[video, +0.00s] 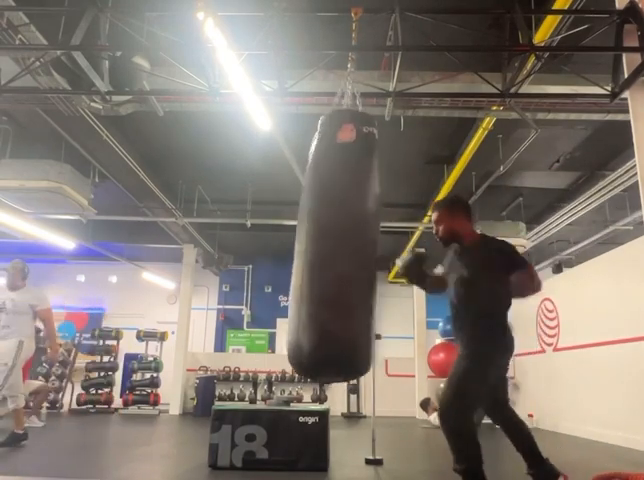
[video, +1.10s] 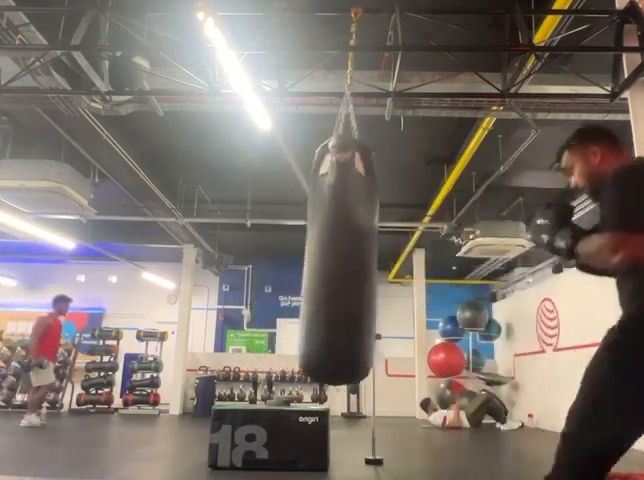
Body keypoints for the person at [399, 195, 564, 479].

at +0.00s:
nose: (435, 230)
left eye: (438, 222)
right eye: (434, 224)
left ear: (458, 219)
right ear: (455, 221)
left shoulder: (495, 249)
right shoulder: (455, 254)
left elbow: (531, 283)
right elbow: (445, 283)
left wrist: (491, 287)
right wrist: (419, 277)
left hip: (489, 345)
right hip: (474, 344)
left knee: (452, 411)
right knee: (497, 408)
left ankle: (472, 474)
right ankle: (542, 470)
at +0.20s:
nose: (440, 244)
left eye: (442, 236)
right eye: (439, 238)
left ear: (462, 231)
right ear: (469, 232)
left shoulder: (466, 256)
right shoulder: (509, 261)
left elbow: (461, 285)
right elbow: (536, 301)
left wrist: (424, 290)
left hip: (474, 360)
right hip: (506, 360)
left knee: (432, 427)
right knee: (503, 424)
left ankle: (457, 476)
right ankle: (542, 475)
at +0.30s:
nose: (436, 237)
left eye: (437, 229)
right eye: (433, 231)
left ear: (456, 221)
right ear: (460, 222)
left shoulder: (467, 253)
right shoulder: (502, 242)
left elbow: (473, 303)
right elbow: (534, 270)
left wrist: (438, 298)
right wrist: (500, 284)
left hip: (481, 355)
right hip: (511, 349)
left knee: (444, 423)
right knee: (507, 411)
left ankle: (462, 475)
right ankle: (537, 470)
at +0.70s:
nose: (461, 220)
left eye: (462, 211)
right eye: (459, 213)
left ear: (480, 200)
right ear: (494, 199)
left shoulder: (494, 224)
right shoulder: (542, 224)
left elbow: (504, 265)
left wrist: (465, 298)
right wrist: (473, 247)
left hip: (522, 342)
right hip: (560, 339)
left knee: (479, 429)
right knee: (545, 412)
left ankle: (493, 474)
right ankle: (581, 473)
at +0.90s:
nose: (506, 192)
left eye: (506, 181)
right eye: (503, 185)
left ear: (529, 168)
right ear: (532, 169)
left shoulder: (556, 187)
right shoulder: (593, 194)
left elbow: (576, 226)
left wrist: (528, 251)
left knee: (527, 419)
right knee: (626, 433)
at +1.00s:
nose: (541, 193)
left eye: (541, 181)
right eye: (537, 185)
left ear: (564, 169)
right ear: (568, 170)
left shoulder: (603, 198)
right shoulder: (622, 196)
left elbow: (606, 258)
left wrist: (549, 254)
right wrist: (557, 239)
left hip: (601, 350)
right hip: (628, 349)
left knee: (551, 439)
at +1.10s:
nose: (572, 182)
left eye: (572, 168)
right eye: (568, 173)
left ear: (596, 153)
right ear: (604, 155)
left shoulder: (625, 177)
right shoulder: (628, 182)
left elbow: (621, 251)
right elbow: (621, 260)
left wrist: (569, 236)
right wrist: (568, 245)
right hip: (635, 324)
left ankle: (571, 474)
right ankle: (572, 472)